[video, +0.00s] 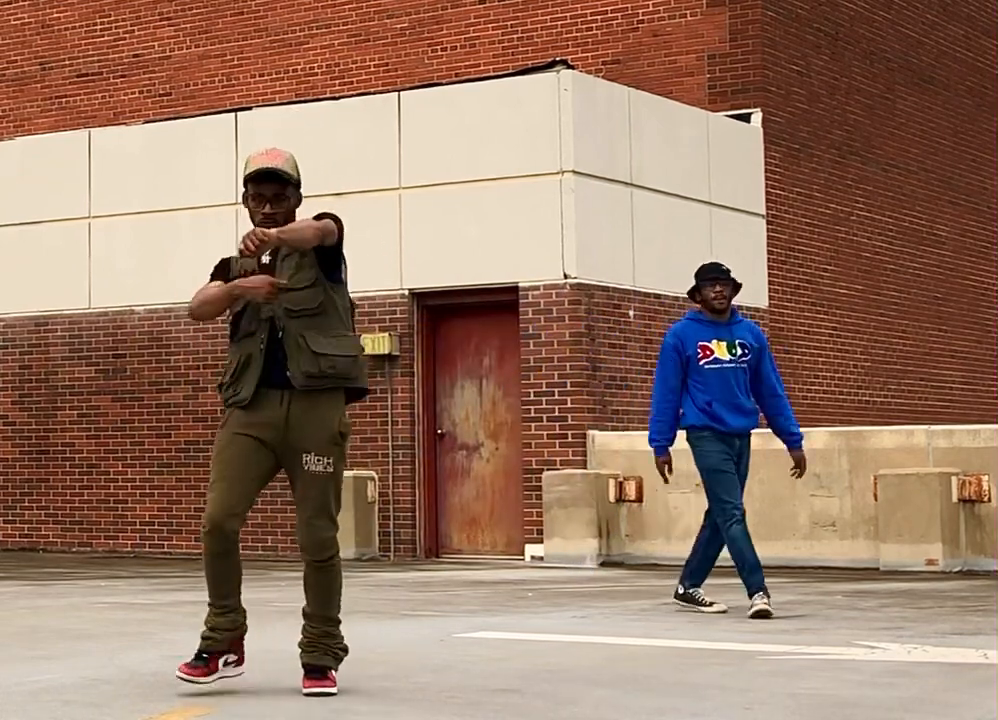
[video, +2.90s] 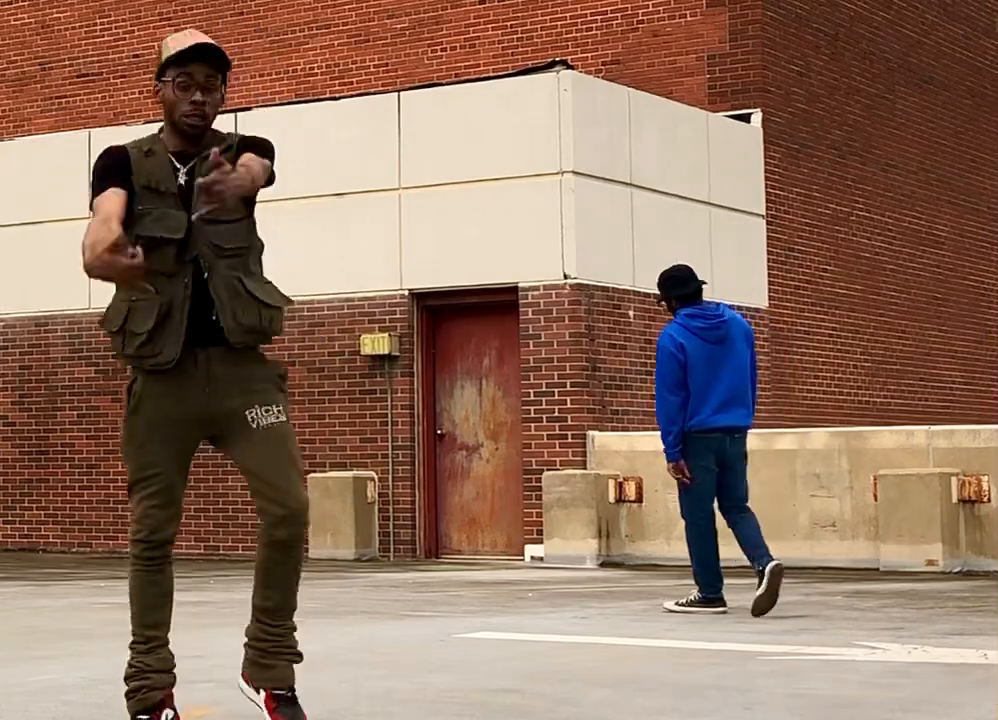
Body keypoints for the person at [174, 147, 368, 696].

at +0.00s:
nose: (267, 201)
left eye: (278, 193)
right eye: (258, 193)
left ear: (297, 198)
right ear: (244, 198)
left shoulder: (320, 235)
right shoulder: (236, 263)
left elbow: (325, 230)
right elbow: (198, 307)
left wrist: (273, 237)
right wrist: (240, 288)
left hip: (316, 407)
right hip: (250, 409)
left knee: (318, 540)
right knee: (217, 522)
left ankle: (320, 655)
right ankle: (223, 637)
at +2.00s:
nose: (253, 183)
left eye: (266, 174)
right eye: (242, 173)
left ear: (284, 180)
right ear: (225, 180)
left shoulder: (312, 230)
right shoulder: (195, 238)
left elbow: (294, 278)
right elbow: (185, 294)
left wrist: (263, 309)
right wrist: (185, 332)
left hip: (288, 431)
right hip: (210, 432)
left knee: (328, 572)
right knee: (190, 559)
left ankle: (343, 657)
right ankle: (238, 673)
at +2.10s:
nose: (254, 163)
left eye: (265, 152)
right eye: (241, 153)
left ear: (281, 159)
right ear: (223, 160)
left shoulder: (307, 221)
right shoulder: (194, 207)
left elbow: (311, 289)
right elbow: (159, 248)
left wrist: (303, 345)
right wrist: (171, 257)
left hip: (291, 416)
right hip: (209, 420)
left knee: (344, 530)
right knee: (198, 554)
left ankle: (313, 651)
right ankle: (238, 672)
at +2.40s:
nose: (249, 154)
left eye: (261, 144)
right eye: (236, 143)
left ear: (279, 152)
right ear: (217, 153)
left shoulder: (305, 218)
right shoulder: (194, 204)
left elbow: (311, 286)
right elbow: (159, 201)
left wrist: (311, 347)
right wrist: (140, 174)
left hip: (285, 412)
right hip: (203, 416)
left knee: (322, 541)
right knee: (196, 565)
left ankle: (281, 693)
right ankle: (227, 672)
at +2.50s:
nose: (234, 123)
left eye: (247, 113)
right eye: (222, 111)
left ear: (263, 123)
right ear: (202, 117)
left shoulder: (289, 170)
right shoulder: (173, 195)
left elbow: (298, 186)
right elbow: (136, 280)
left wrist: (282, 199)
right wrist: (160, 293)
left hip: (271, 387)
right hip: (189, 389)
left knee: (282, 542)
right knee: (168, 533)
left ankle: (280, 697)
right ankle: (215, 649)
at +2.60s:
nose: (216, 110)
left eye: (228, 102)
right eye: (204, 99)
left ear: (244, 114)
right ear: (183, 107)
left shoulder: (264, 167)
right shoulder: (156, 196)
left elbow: (279, 121)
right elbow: (153, 281)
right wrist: (144, 349)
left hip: (263, 380)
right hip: (183, 383)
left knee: (278, 538)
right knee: (149, 514)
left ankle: (281, 696)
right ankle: (197, 679)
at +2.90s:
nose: (196, 95)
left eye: (208, 84)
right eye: (183, 82)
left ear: (223, 93)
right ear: (160, 89)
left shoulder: (245, 148)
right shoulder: (124, 162)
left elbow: (256, 169)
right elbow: (95, 252)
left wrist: (237, 182)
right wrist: (124, 262)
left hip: (244, 367)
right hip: (161, 374)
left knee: (289, 512)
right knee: (151, 533)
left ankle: (271, 667)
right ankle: (151, 693)